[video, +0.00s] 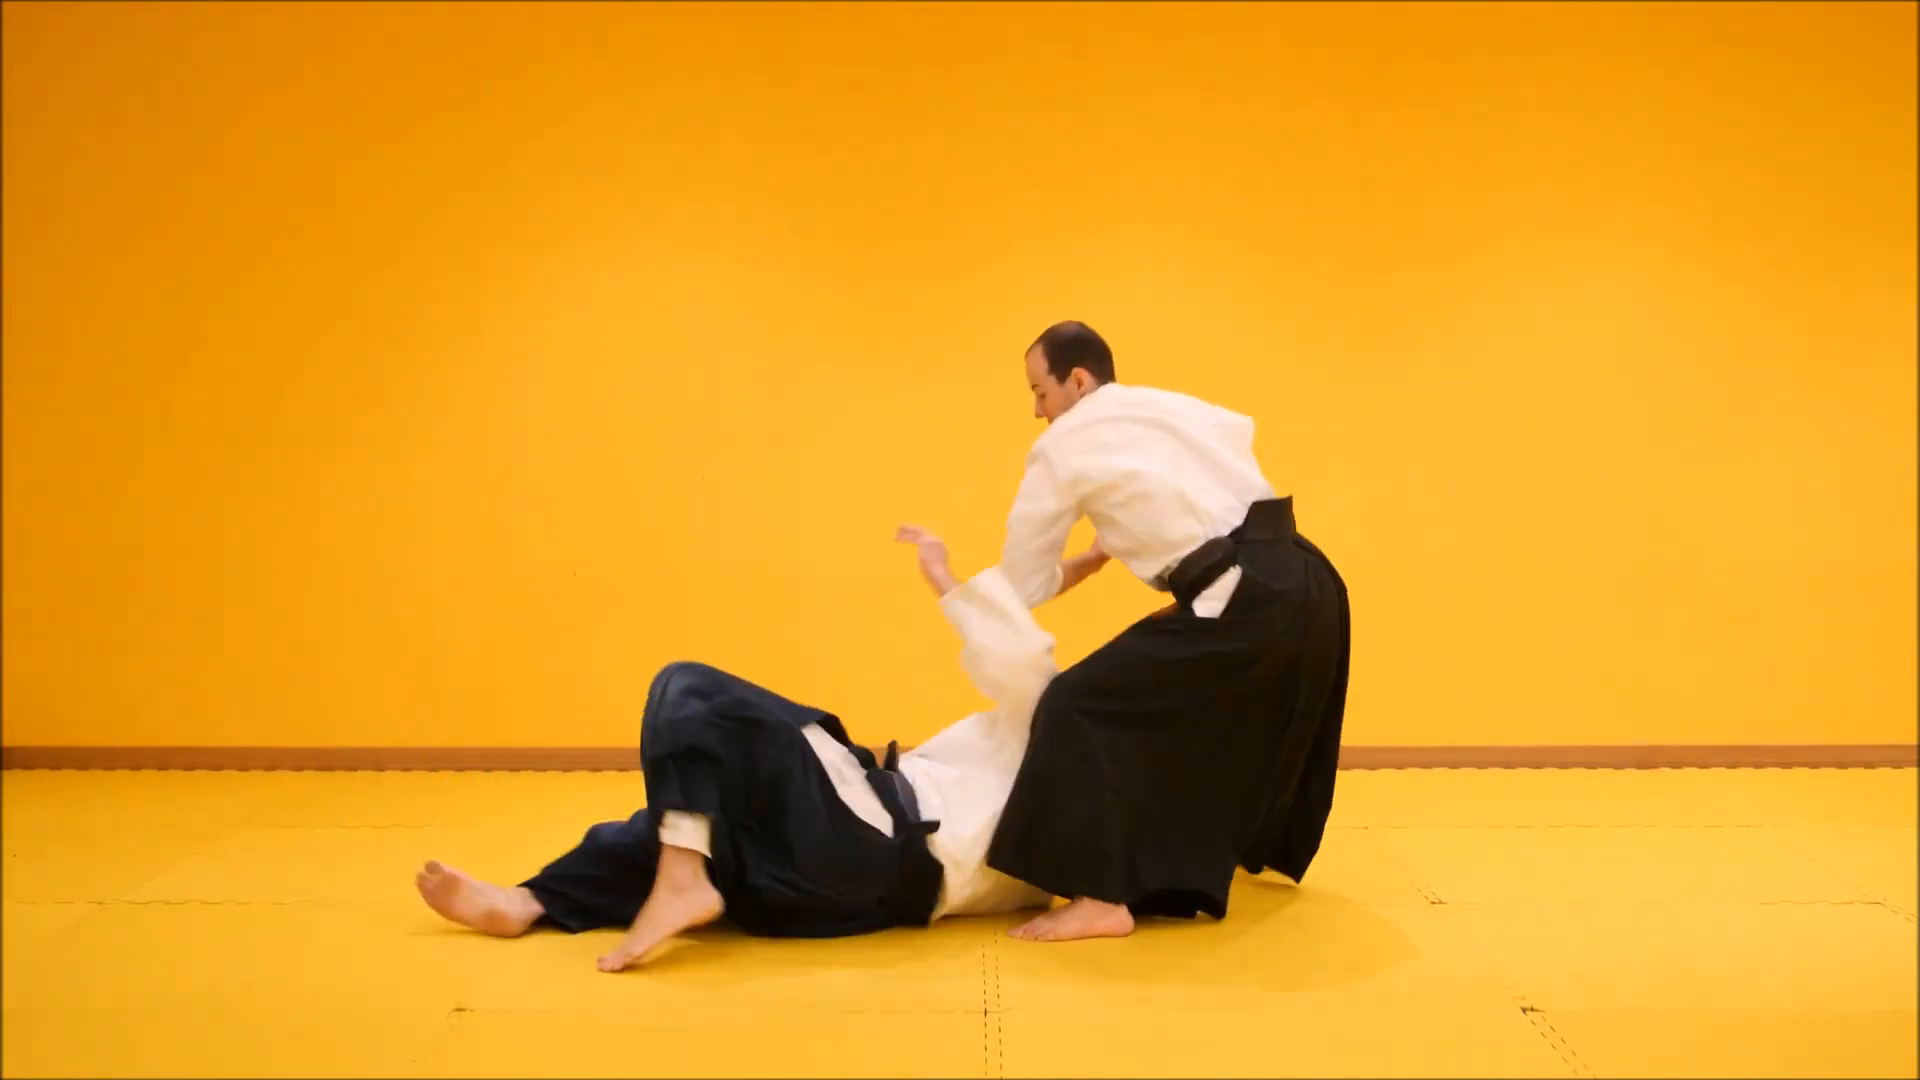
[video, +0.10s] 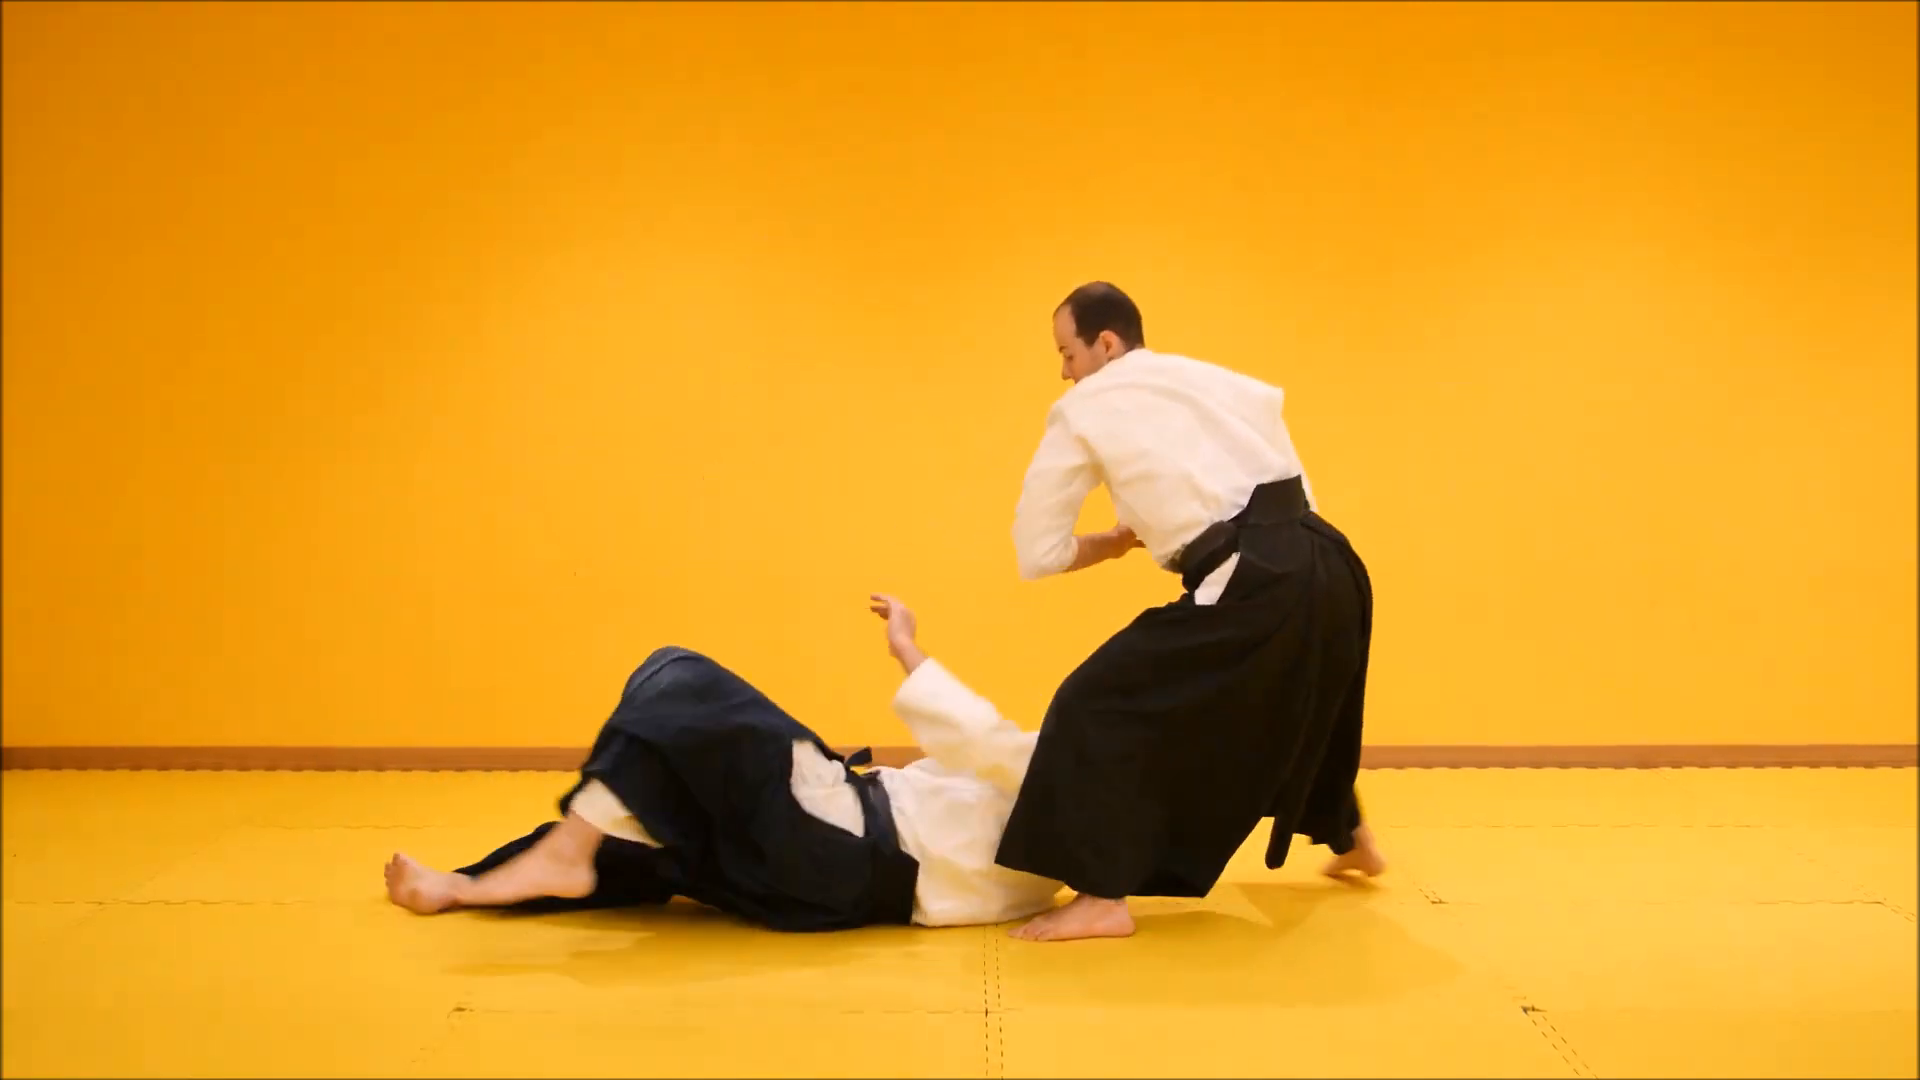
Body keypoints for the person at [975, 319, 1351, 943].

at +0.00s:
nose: (1036, 408)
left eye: (1040, 389)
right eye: (1033, 392)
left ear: (1079, 381)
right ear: (1092, 381)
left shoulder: (1065, 443)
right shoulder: (1168, 407)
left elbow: (1023, 581)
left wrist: (1097, 555)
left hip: (1243, 601)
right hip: (1312, 586)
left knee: (1073, 701)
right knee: (1181, 706)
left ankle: (1098, 898)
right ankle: (1180, 872)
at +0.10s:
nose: (1063, 372)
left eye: (1067, 353)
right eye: (1060, 355)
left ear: (1106, 344)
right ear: (1123, 344)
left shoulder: (1085, 406)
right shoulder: (1229, 384)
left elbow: (1038, 557)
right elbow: (1297, 495)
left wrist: (1120, 537)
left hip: (1251, 584)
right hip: (1332, 571)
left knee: (1089, 702)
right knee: (1294, 696)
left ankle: (1101, 897)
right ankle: (1354, 838)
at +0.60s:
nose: (1341, 257)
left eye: (1349, 238)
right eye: (1338, 241)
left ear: (1397, 234)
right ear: (1410, 238)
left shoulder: (1384, 323)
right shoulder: (1500, 316)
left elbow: (1365, 465)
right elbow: (1541, 445)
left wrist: (1309, 573)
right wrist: (1515, 517)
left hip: (1472, 548)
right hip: (1553, 536)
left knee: (1333, 696)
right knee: (1599, 714)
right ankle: (1679, 898)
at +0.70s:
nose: (1370, 240)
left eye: (1379, 221)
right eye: (1367, 224)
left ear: (1428, 216)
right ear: (1440, 221)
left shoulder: (1413, 306)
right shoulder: (1529, 307)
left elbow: (1400, 454)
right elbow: (1565, 443)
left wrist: (1349, 568)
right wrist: (1541, 519)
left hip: (1493, 538)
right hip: (1571, 527)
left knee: (1369, 702)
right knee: (1613, 706)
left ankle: (1387, 899)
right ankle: (1691, 900)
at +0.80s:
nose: (1387, 230)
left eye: (1397, 212)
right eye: (1385, 215)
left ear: (1446, 207)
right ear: (1456, 213)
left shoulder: (1431, 301)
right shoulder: (1543, 298)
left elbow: (1422, 450)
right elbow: (1570, 434)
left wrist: (1375, 565)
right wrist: (1554, 510)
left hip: (1503, 532)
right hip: (1581, 521)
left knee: (1377, 701)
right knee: (1615, 700)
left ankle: (1391, 896)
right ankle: (1691, 898)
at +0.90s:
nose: (1394, 228)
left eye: (1404, 209)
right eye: (1391, 212)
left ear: (1454, 205)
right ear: (1461, 211)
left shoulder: (1438, 300)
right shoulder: (1552, 297)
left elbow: (1430, 448)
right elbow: (1579, 433)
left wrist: (1380, 564)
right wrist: (1557, 508)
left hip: (1509, 532)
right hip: (1589, 520)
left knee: (1382, 698)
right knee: (1622, 699)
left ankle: (1387, 893)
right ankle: (1685, 895)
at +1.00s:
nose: (1389, 233)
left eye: (1399, 214)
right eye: (1386, 216)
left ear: (1449, 211)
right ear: (1453, 217)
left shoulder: (1434, 306)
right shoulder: (1547, 302)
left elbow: (1422, 452)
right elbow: (1576, 436)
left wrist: (1366, 566)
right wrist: (1549, 508)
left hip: (1508, 535)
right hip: (1586, 523)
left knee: (1374, 698)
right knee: (1622, 701)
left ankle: (1372, 887)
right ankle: (1686, 898)